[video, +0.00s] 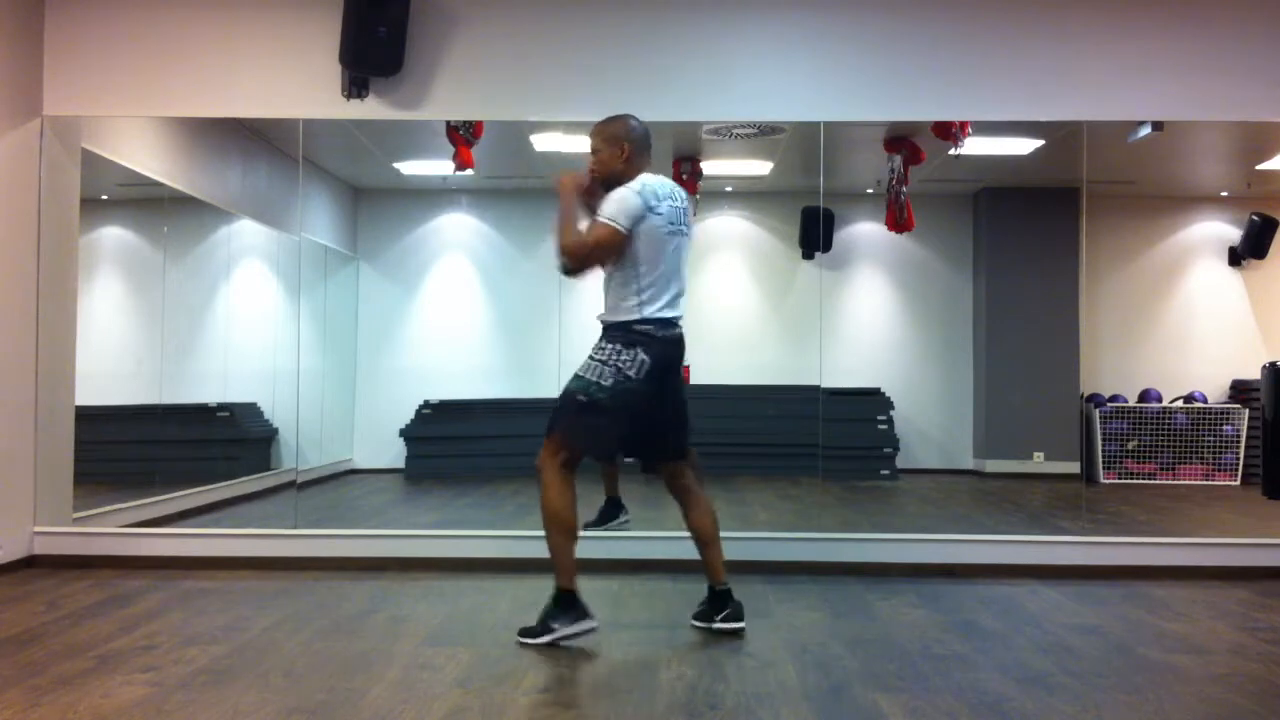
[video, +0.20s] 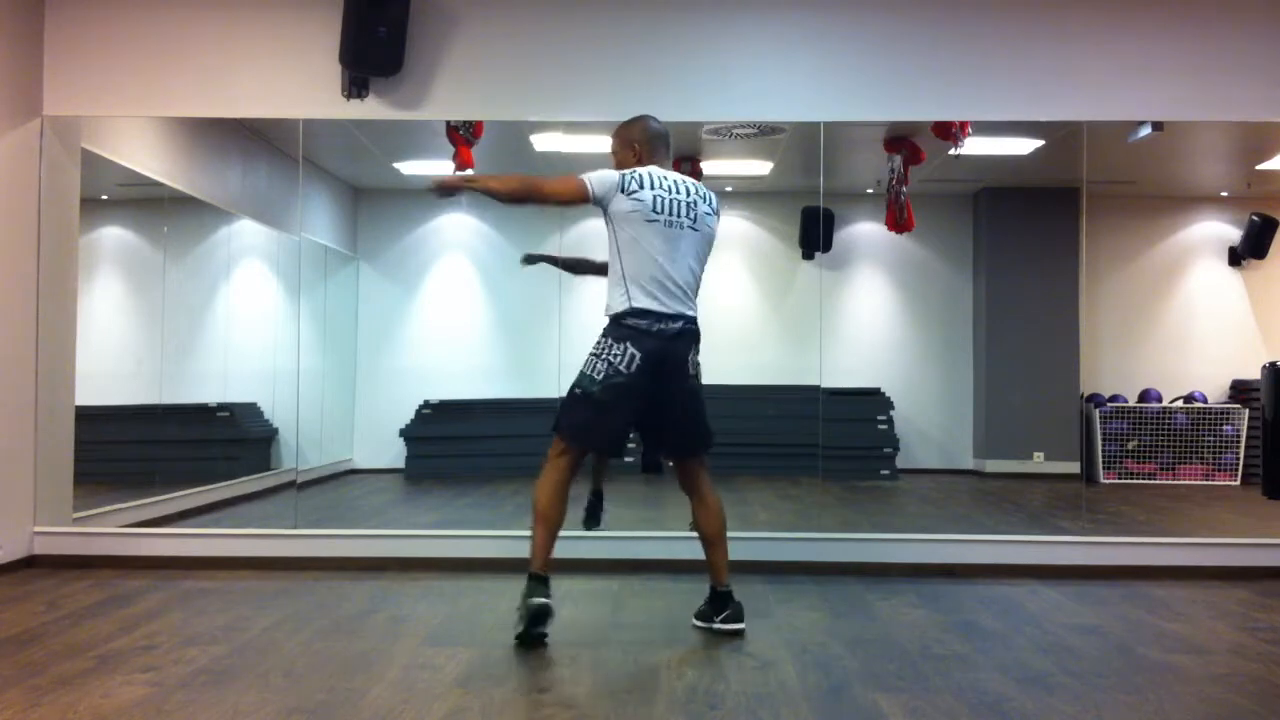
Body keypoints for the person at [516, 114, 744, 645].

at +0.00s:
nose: (591, 161)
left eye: (596, 151)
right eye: (591, 151)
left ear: (623, 151)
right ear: (639, 150)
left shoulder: (631, 194)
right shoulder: (676, 197)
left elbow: (573, 257)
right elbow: (610, 254)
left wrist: (569, 199)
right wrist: (591, 202)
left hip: (628, 346)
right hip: (663, 346)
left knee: (554, 460)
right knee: (681, 474)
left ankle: (567, 601)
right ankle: (722, 598)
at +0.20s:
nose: (614, 164)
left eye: (616, 155)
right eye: (614, 156)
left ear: (635, 150)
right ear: (662, 152)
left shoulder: (622, 181)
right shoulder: (705, 202)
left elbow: (537, 189)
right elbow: (646, 263)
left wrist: (467, 180)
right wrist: (573, 264)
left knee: (562, 457)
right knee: (696, 476)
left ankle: (537, 586)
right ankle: (723, 598)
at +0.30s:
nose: (611, 163)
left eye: (613, 154)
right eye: (612, 154)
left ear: (633, 149)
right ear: (659, 151)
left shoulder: (624, 180)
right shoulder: (703, 204)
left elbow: (543, 199)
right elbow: (656, 270)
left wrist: (480, 181)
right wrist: (588, 274)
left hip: (630, 345)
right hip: (680, 352)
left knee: (562, 458)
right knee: (696, 476)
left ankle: (564, 594)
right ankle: (723, 597)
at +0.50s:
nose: (585, 165)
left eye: (589, 155)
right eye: (583, 156)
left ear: (621, 151)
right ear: (620, 152)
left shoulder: (653, 192)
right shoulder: (624, 199)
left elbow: (607, 255)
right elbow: (580, 251)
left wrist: (568, 199)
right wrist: (552, 201)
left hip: (642, 350)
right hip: (637, 348)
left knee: (574, 461)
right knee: (662, 472)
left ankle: (581, 605)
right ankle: (731, 584)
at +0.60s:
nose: (587, 167)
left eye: (592, 156)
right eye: (584, 158)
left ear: (626, 152)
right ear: (612, 155)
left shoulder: (665, 199)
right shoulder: (613, 195)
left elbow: (633, 263)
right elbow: (532, 203)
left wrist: (593, 204)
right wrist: (478, 182)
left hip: (645, 349)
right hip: (623, 346)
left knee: (580, 460)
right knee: (656, 473)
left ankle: (582, 605)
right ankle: (729, 575)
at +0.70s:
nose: (583, 168)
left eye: (589, 157)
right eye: (580, 159)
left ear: (623, 152)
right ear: (612, 154)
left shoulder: (662, 202)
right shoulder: (604, 190)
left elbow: (631, 266)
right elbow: (518, 188)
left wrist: (595, 206)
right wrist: (443, 179)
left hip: (645, 349)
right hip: (622, 347)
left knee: (580, 462)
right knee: (652, 475)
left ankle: (582, 607)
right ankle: (729, 573)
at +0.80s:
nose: (576, 169)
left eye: (581, 159)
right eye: (573, 160)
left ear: (614, 153)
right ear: (608, 154)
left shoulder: (649, 198)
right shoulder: (608, 199)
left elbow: (607, 268)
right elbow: (542, 229)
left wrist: (582, 206)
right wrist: (497, 192)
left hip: (641, 351)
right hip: (623, 350)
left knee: (576, 463)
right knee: (646, 472)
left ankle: (582, 606)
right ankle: (722, 576)